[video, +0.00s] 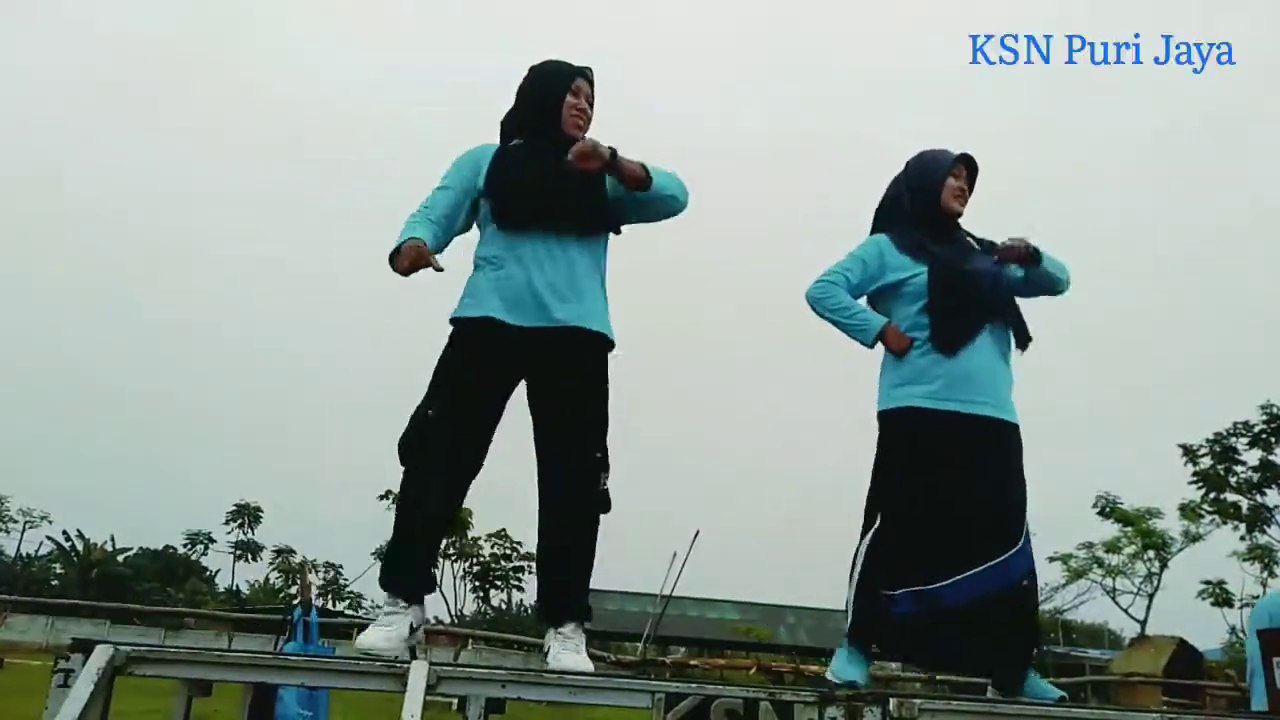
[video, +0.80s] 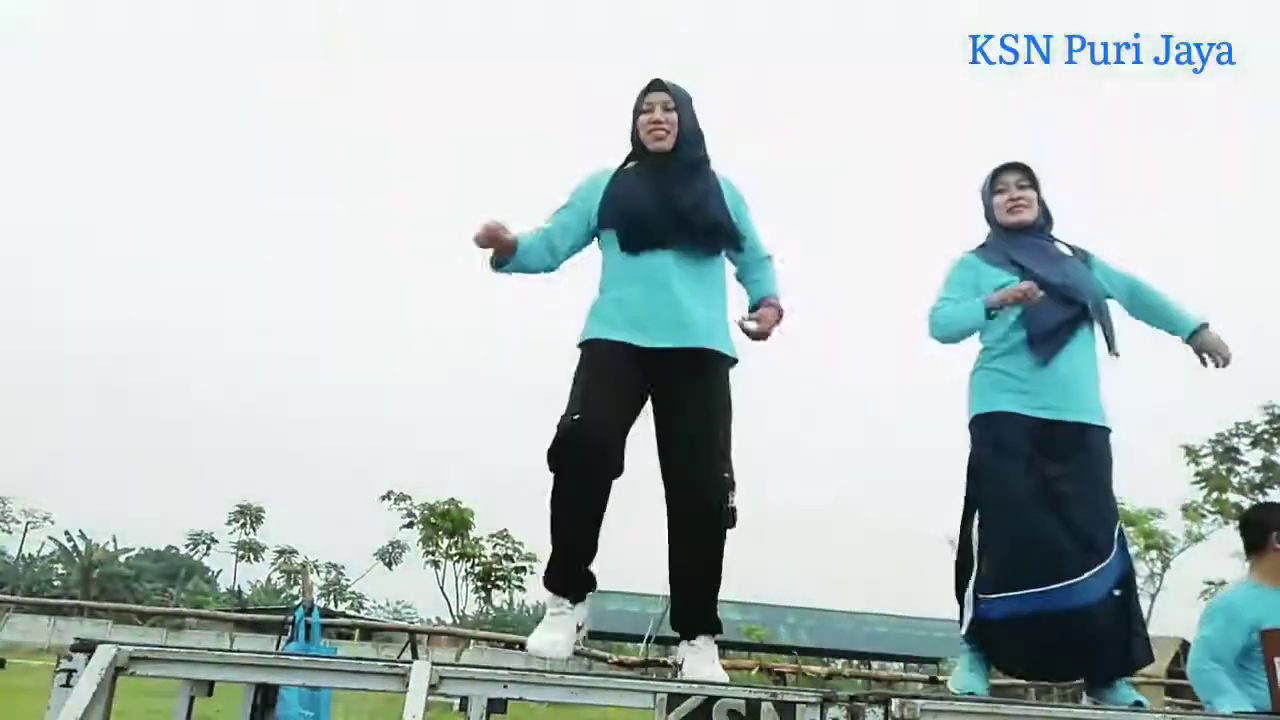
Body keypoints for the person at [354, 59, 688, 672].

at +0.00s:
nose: (583, 106)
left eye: (588, 100)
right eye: (573, 94)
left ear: (589, 114)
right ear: (539, 97)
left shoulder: (601, 179)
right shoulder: (489, 159)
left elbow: (676, 196)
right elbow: (442, 206)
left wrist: (616, 164)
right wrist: (418, 240)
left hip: (577, 329)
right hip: (491, 319)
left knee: (574, 478)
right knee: (436, 453)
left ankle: (566, 630)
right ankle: (402, 606)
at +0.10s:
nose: (598, 108)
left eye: (603, 104)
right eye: (588, 99)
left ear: (603, 120)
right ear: (555, 104)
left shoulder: (610, 168)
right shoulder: (503, 158)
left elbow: (644, 169)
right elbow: (466, 215)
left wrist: (558, 137)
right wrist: (468, 249)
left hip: (584, 328)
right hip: (503, 318)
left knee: (576, 475)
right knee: (478, 460)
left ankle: (567, 624)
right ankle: (473, 608)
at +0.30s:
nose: (610, 126)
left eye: (615, 120)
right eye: (600, 114)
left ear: (617, 132)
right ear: (567, 117)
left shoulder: (616, 191)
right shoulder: (513, 173)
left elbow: (649, 171)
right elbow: (482, 237)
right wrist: (514, 275)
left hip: (606, 352)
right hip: (523, 348)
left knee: (632, 477)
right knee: (501, 482)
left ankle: (591, 609)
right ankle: (500, 626)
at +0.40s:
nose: (618, 112)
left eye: (623, 108)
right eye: (608, 102)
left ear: (623, 125)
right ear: (575, 106)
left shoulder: (636, 179)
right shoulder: (522, 172)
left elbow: (704, 173)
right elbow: (489, 228)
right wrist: (486, 268)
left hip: (619, 341)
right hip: (535, 341)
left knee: (654, 468)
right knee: (509, 478)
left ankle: (640, 609)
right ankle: (500, 624)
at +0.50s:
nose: (631, 111)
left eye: (636, 106)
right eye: (620, 102)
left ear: (638, 124)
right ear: (588, 109)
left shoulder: (653, 179)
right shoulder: (537, 175)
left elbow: (733, 205)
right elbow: (497, 234)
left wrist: (829, 225)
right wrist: (468, 272)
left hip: (637, 338)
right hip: (552, 339)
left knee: (670, 480)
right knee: (524, 481)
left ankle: (686, 625)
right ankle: (502, 624)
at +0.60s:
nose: (644, 116)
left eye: (651, 112)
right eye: (632, 109)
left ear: (657, 127)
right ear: (606, 121)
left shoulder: (679, 187)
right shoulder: (566, 186)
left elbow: (743, 243)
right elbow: (510, 252)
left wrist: (813, 291)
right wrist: (451, 284)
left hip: (662, 351)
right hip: (575, 351)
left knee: (684, 495)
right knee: (535, 487)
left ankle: (699, 639)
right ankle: (504, 628)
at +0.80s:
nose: (656, 118)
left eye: (667, 110)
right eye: (647, 111)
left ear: (688, 122)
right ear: (635, 124)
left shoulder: (719, 190)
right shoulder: (606, 185)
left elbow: (754, 257)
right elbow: (554, 243)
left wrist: (766, 299)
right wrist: (511, 248)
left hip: (696, 348)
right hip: (615, 342)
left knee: (703, 490)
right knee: (581, 448)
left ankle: (697, 638)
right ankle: (564, 603)